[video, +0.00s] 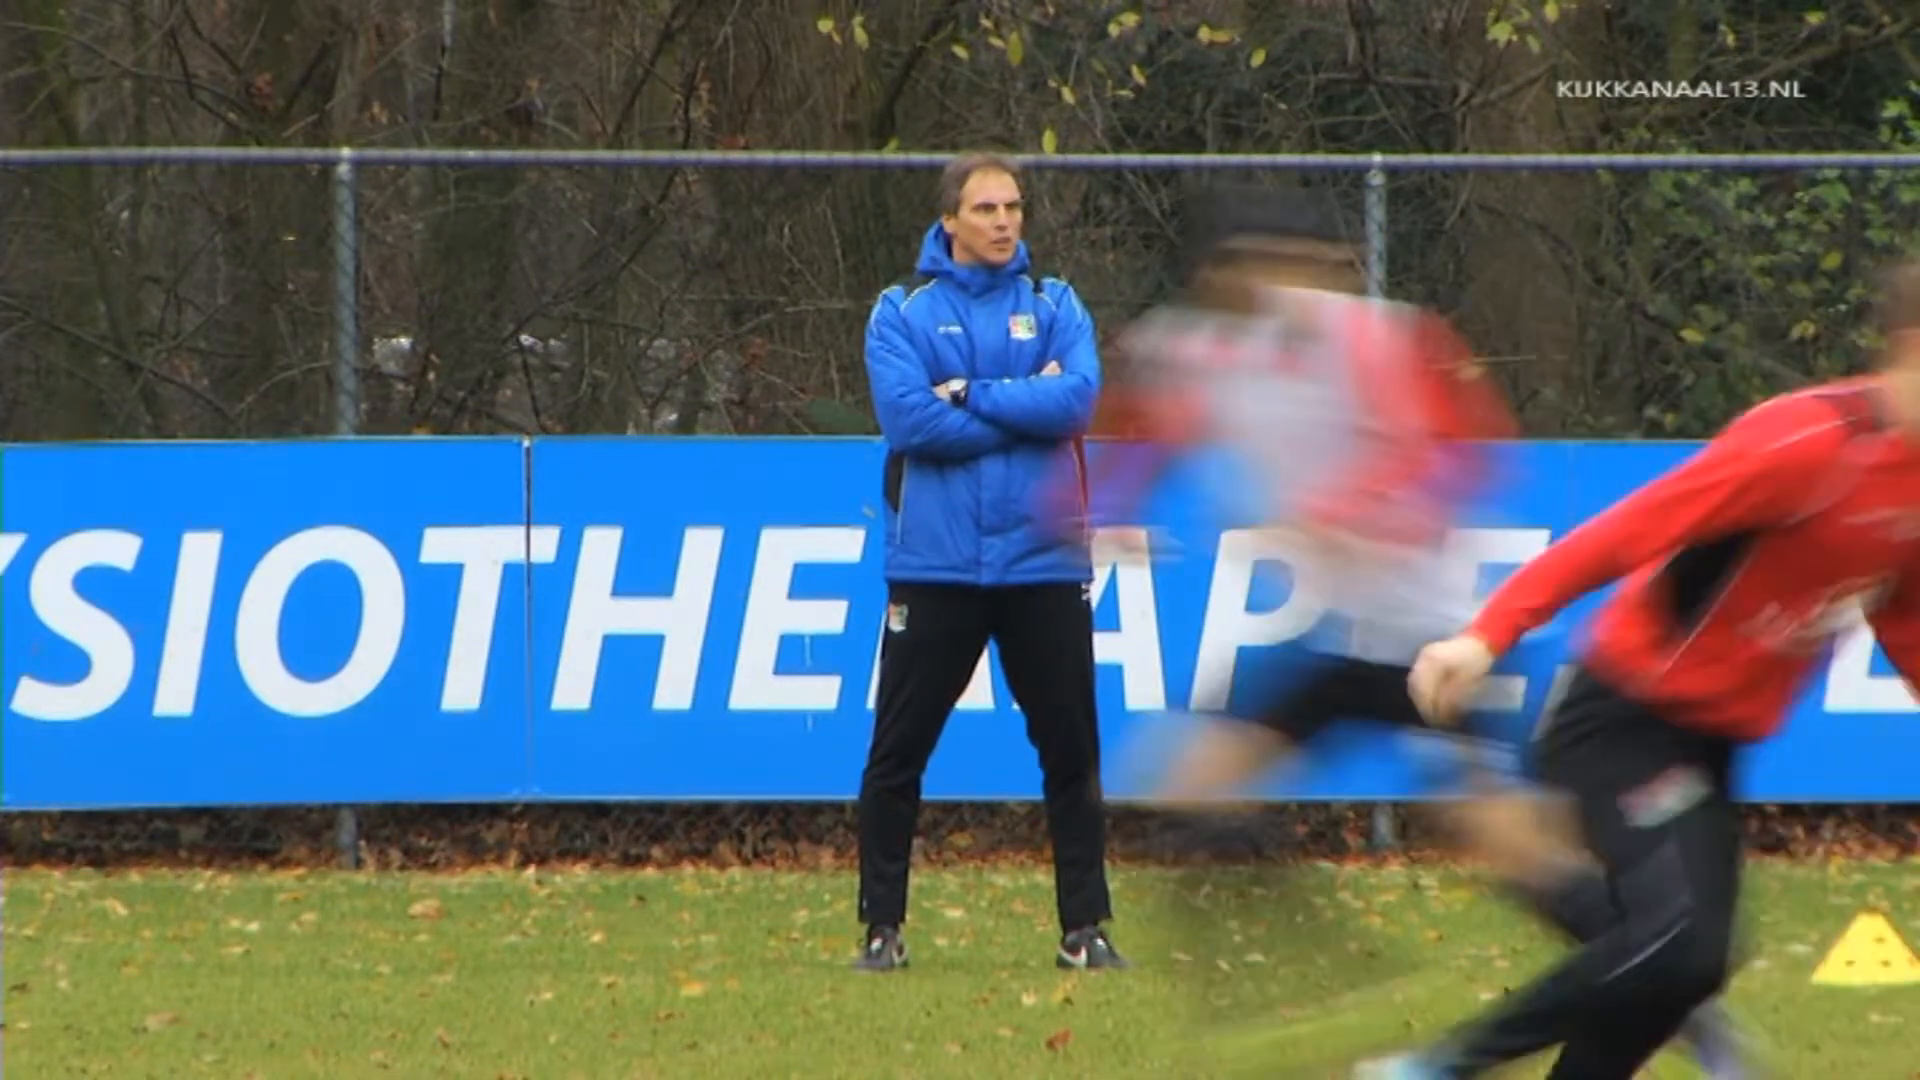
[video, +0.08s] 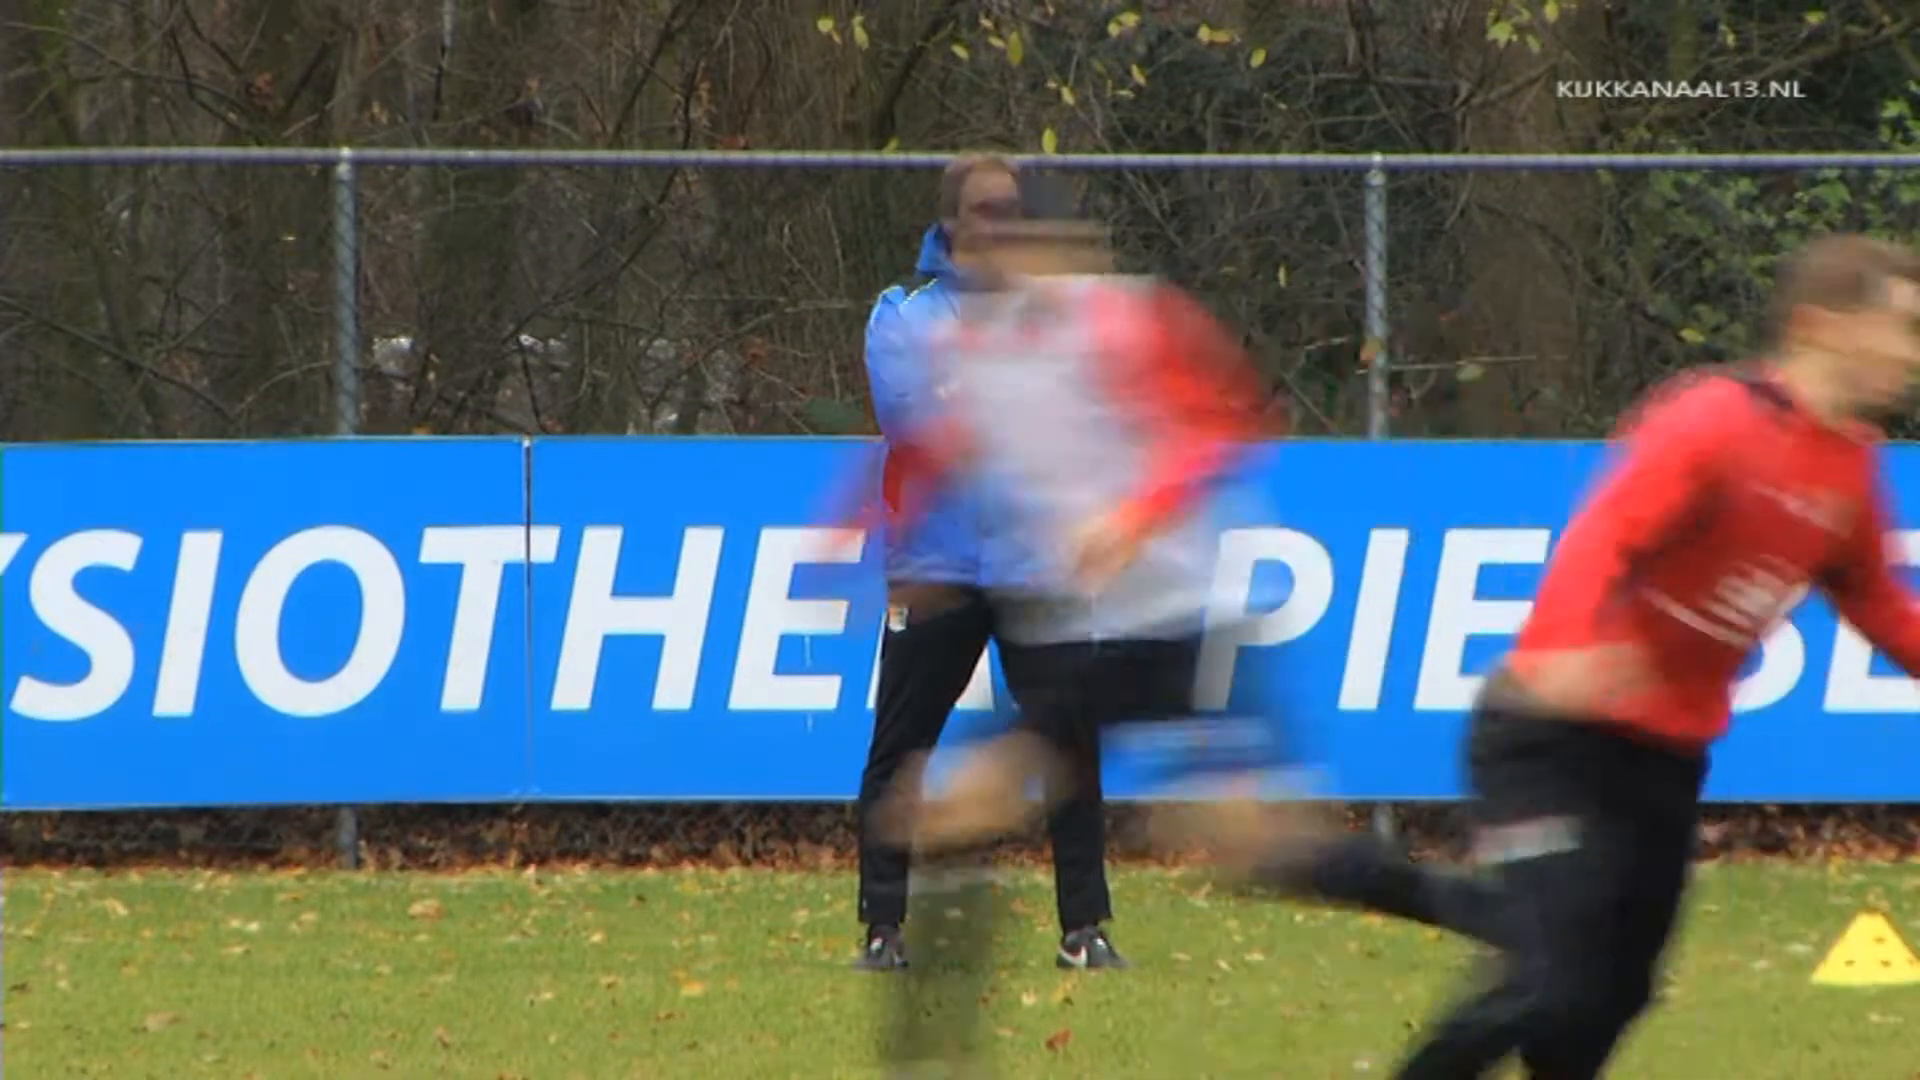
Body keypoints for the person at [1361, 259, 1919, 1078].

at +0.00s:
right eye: (1918, 355)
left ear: (1902, 352)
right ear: (1896, 349)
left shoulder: (1906, 478)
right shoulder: (1806, 439)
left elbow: (1901, 612)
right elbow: (1626, 530)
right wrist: (1485, 635)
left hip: (1706, 738)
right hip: (1621, 713)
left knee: (1684, 965)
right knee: (1677, 942)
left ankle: (1536, 865)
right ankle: (1443, 1061)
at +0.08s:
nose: (1913, 349)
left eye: (1914, 327)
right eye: (1896, 321)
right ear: (1820, 323)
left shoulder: (1851, 470)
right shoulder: (1715, 417)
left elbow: (1875, 595)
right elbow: (1606, 529)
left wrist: (1919, 653)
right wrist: (1569, 641)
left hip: (1663, 751)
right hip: (1558, 723)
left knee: (1611, 988)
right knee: (1559, 969)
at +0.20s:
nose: (1810, 325)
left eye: (1811, 301)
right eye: (1795, 296)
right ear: (1721, 292)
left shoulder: (1754, 430)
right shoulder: (1598, 364)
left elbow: (1655, 564)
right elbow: (1643, 475)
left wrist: (1690, 647)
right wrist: (1833, 500)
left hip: (1609, 751)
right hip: (1474, 724)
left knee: (1634, 1026)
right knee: (1404, 1011)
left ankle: (1527, 1018)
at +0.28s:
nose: (1806, 270)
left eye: (1806, 247)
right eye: (1790, 246)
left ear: (1738, 251)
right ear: (1720, 245)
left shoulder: (1713, 370)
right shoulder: (1621, 328)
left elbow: (1630, 532)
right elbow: (1659, 502)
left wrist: (1668, 656)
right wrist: (1822, 538)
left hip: (1584, 681)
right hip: (1461, 665)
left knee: (1665, 938)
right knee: (1413, 974)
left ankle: (1528, 1042)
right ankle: (1323, 1056)